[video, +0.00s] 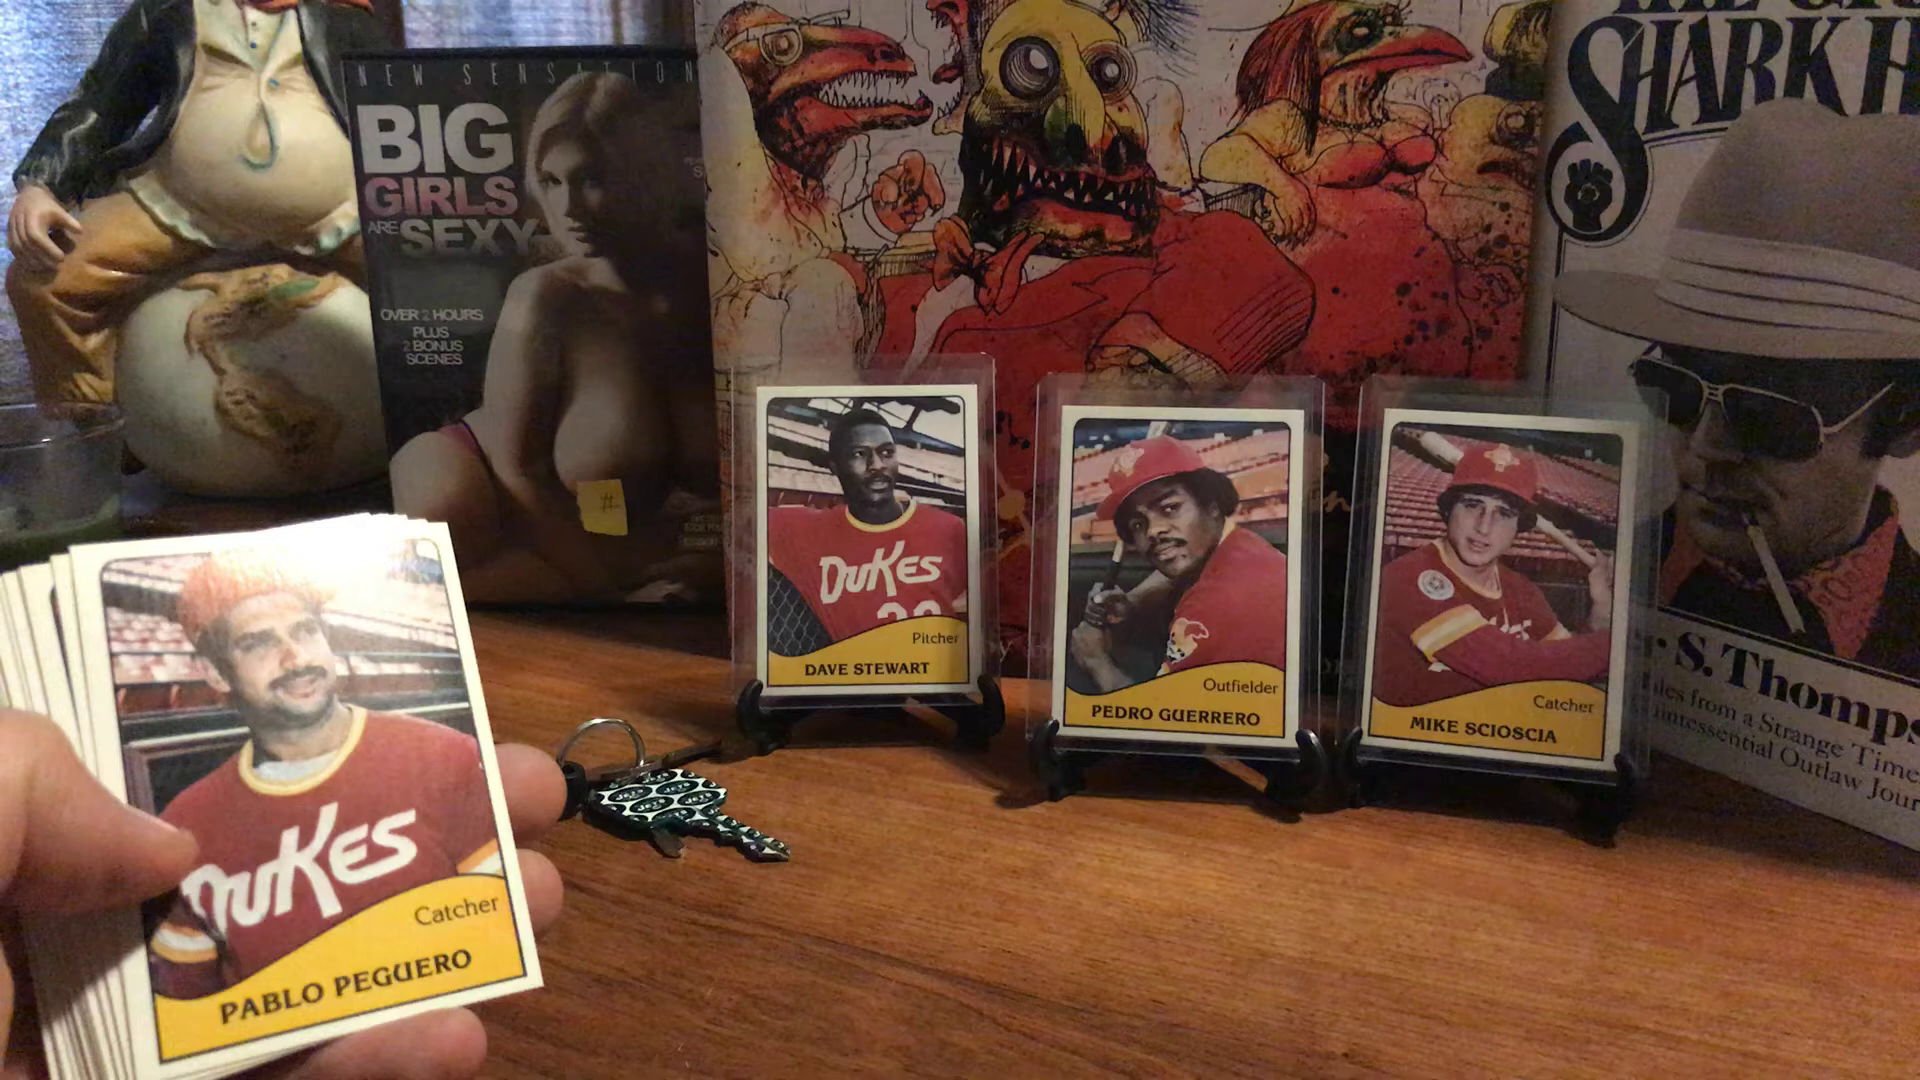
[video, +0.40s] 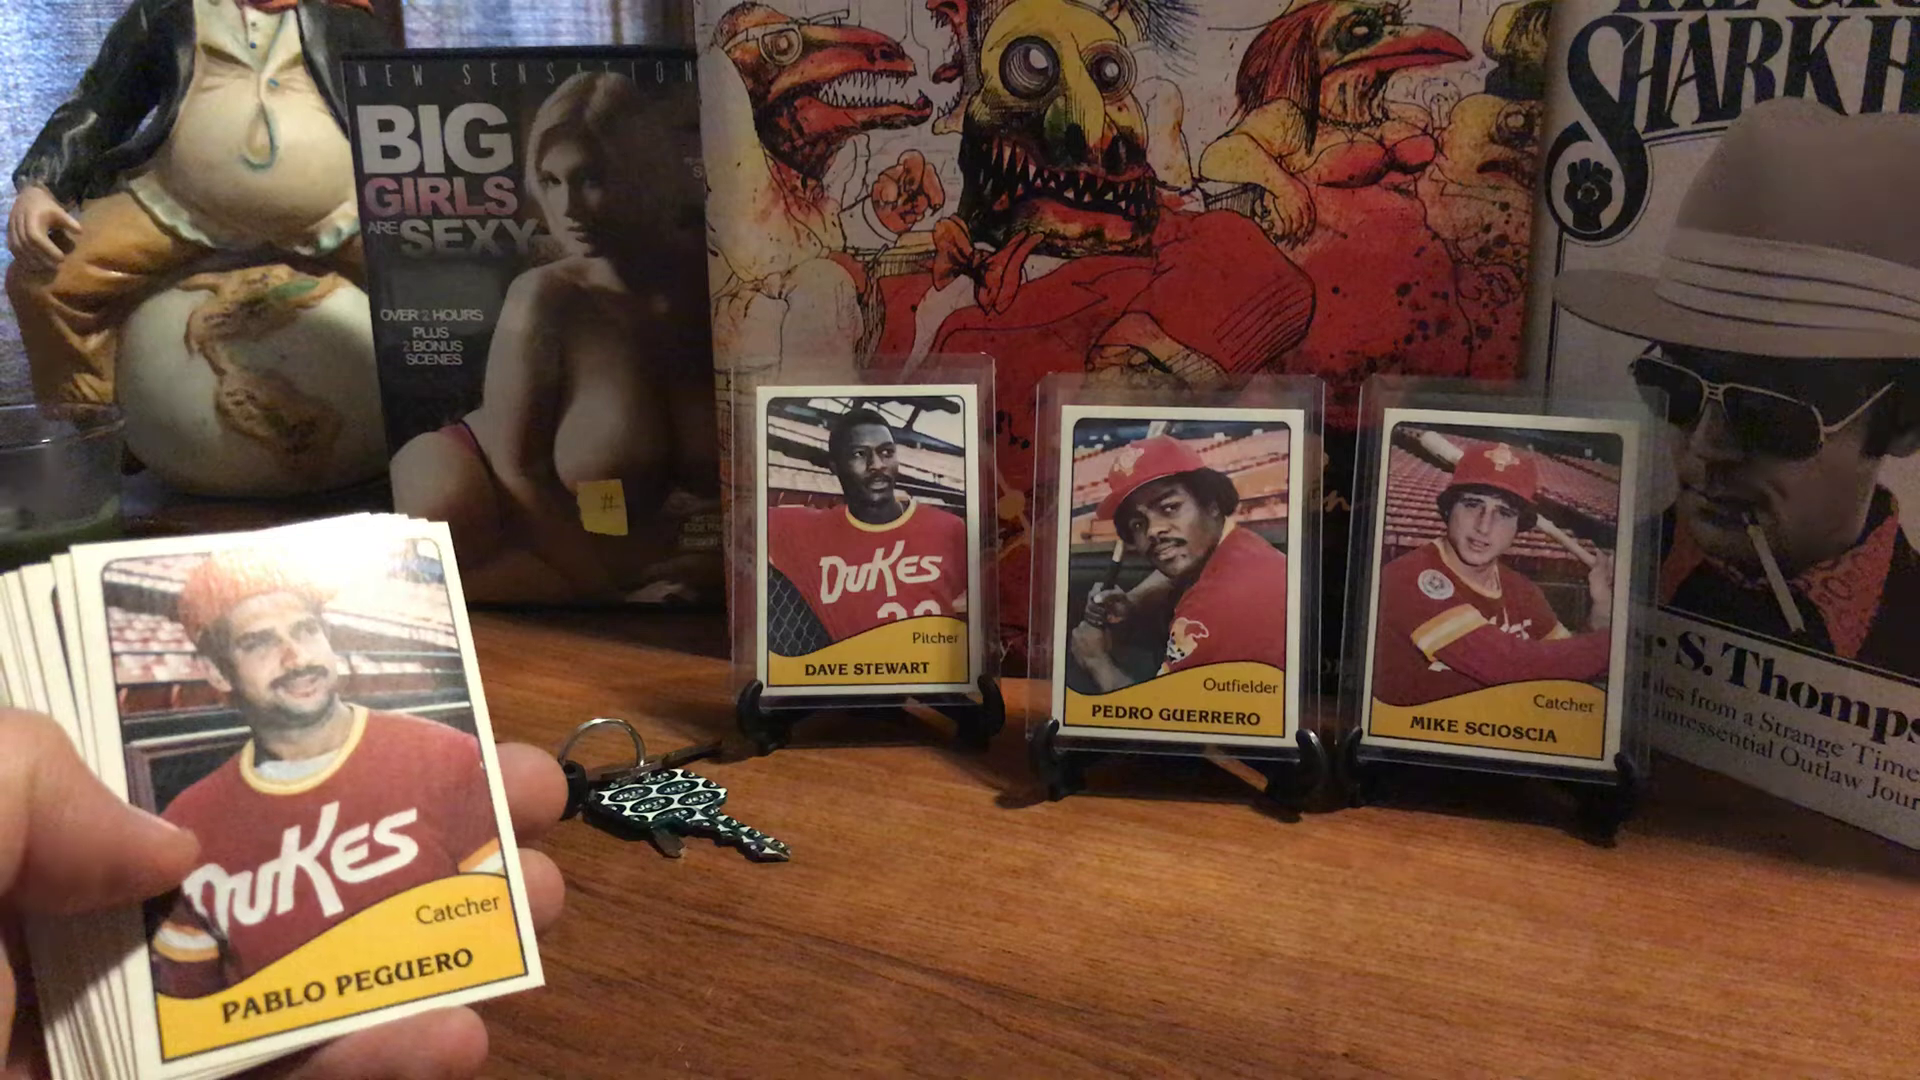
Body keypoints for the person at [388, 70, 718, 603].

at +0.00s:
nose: (570, 206)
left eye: (591, 179)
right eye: (551, 182)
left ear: (642, 178)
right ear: (536, 189)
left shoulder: (693, 289)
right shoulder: (543, 296)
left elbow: (703, 462)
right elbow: (512, 465)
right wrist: (612, 583)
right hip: (482, 466)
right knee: (439, 514)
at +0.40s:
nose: (569, 205)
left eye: (591, 179)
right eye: (551, 181)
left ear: (641, 178)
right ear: (536, 188)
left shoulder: (693, 289)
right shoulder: (542, 297)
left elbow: (702, 460)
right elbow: (512, 465)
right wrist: (612, 584)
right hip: (481, 466)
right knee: (439, 511)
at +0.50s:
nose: (570, 206)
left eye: (591, 179)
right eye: (551, 182)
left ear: (641, 178)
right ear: (536, 189)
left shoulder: (695, 288)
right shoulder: (543, 297)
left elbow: (703, 460)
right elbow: (513, 465)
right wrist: (610, 582)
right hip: (484, 469)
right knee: (439, 507)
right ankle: (616, 585)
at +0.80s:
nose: (570, 205)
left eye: (591, 179)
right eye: (552, 181)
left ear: (640, 177)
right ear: (536, 188)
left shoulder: (692, 288)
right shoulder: (542, 297)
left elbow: (703, 459)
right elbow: (512, 464)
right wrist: (610, 583)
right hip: (485, 471)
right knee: (438, 501)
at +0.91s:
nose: (570, 205)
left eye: (591, 179)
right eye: (552, 182)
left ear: (641, 178)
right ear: (536, 189)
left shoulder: (692, 288)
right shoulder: (542, 297)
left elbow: (702, 459)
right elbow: (512, 464)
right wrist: (611, 583)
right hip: (481, 466)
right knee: (440, 508)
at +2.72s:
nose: (569, 205)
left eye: (590, 178)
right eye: (552, 181)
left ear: (638, 177)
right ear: (535, 188)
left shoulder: (683, 293)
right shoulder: (543, 298)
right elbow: (513, 465)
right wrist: (601, 576)